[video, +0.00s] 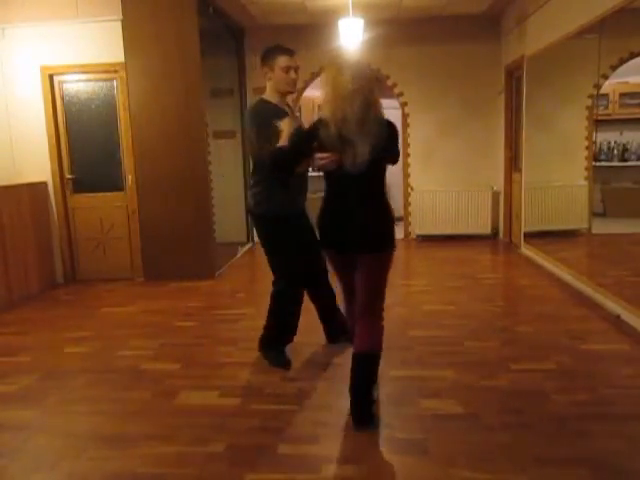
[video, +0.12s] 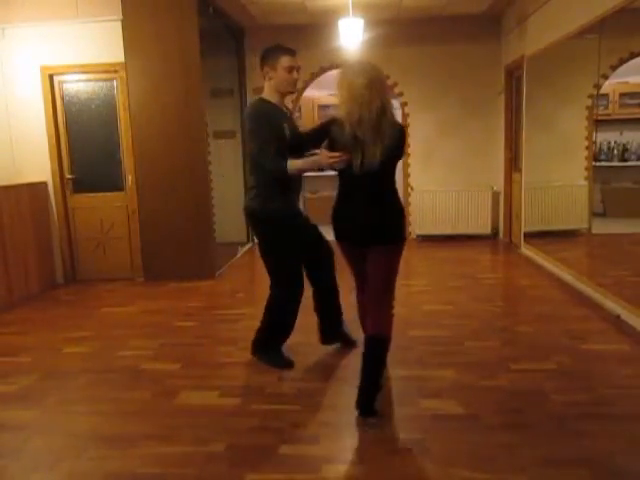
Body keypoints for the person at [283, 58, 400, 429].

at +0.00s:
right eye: (369, 84)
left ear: (333, 92)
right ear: (374, 92)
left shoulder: (322, 128)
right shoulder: (384, 130)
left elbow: (286, 162)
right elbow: (391, 156)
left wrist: (282, 143)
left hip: (334, 223)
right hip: (374, 223)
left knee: (352, 302)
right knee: (370, 310)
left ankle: (363, 391)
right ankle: (362, 405)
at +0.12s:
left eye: (345, 85)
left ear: (346, 91)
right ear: (382, 91)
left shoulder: (337, 127)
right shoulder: (394, 132)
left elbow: (297, 144)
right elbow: (394, 150)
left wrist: (294, 111)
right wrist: (398, 105)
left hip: (348, 217)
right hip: (386, 217)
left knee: (363, 288)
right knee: (381, 299)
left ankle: (376, 364)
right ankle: (366, 396)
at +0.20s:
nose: (346, 101)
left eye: (347, 94)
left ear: (349, 97)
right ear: (385, 96)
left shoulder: (342, 130)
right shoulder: (399, 133)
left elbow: (295, 141)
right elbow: (398, 144)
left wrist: (299, 95)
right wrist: (398, 110)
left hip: (352, 218)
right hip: (390, 217)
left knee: (366, 287)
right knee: (388, 290)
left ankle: (376, 363)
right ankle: (381, 369)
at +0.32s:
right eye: (392, 91)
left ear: (358, 98)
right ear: (391, 96)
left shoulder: (351, 133)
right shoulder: (403, 130)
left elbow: (323, 156)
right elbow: (422, 149)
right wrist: (400, 122)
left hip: (360, 214)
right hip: (396, 212)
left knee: (369, 280)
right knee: (399, 275)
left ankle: (377, 354)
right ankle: (398, 338)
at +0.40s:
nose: (401, 97)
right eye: (397, 92)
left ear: (360, 100)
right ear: (394, 98)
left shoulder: (354, 133)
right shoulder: (405, 131)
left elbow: (341, 160)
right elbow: (431, 151)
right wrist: (424, 158)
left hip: (364, 213)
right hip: (400, 213)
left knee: (372, 281)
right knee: (407, 270)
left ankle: (379, 353)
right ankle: (404, 330)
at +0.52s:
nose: (405, 99)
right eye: (402, 95)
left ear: (367, 101)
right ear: (398, 101)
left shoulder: (361, 134)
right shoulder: (408, 131)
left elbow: (358, 165)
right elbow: (440, 161)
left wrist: (376, 171)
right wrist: (441, 178)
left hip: (374, 209)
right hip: (407, 208)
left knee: (378, 274)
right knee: (414, 264)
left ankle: (382, 342)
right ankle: (407, 320)